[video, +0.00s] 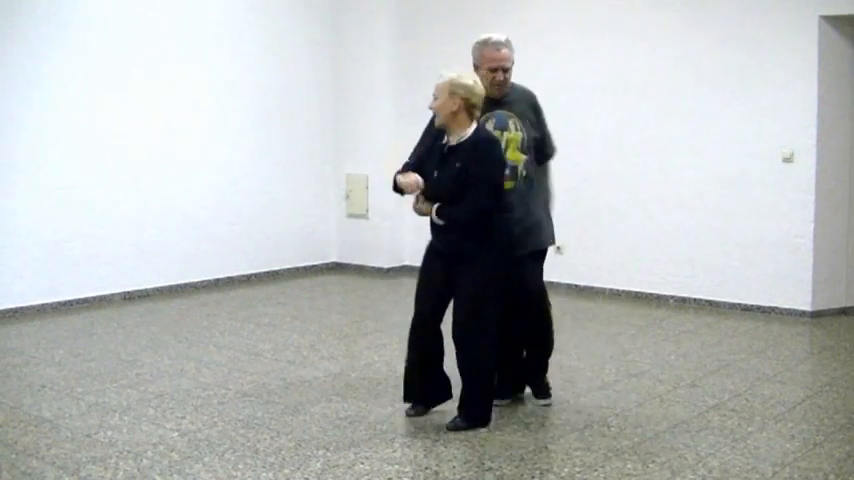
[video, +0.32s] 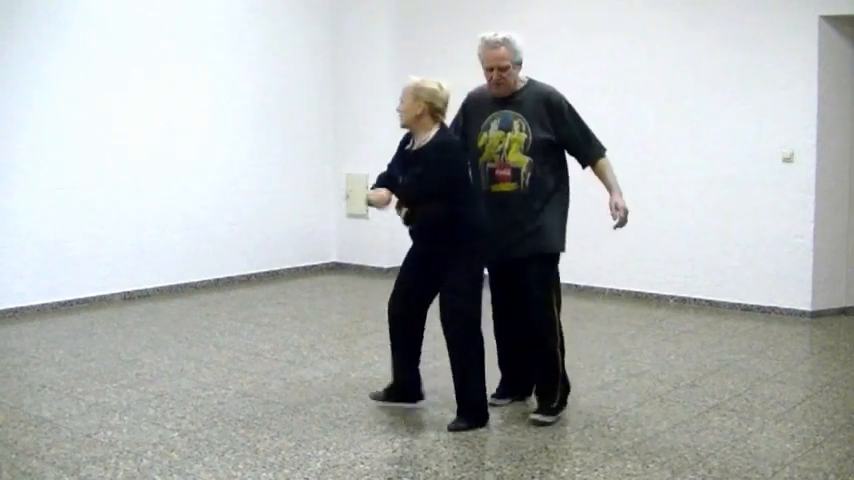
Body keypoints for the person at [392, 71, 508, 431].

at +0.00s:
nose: (431, 105)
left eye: (437, 98)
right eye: (433, 98)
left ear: (458, 103)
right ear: (453, 104)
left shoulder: (486, 147)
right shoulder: (436, 138)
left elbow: (478, 210)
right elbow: (407, 175)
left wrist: (432, 209)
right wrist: (405, 180)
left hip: (478, 253)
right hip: (441, 249)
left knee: (471, 331)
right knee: (424, 320)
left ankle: (475, 411)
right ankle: (428, 390)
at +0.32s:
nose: (398, 106)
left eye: (404, 100)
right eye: (400, 100)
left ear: (423, 108)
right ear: (420, 108)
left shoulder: (448, 147)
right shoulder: (409, 143)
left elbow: (427, 189)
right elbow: (391, 175)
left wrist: (398, 194)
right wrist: (379, 191)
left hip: (462, 249)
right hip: (427, 247)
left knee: (461, 326)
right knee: (402, 310)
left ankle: (473, 411)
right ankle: (406, 385)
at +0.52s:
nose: (383, 111)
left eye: (387, 106)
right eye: (386, 105)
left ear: (394, 111)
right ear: (416, 112)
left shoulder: (393, 153)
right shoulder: (430, 144)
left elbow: (378, 212)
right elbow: (411, 188)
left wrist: (366, 194)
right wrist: (364, 185)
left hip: (416, 248)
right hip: (442, 240)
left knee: (414, 322)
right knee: (399, 315)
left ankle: (468, 400)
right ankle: (386, 390)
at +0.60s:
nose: (380, 112)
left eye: (381, 108)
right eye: (385, 108)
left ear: (383, 111)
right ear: (414, 111)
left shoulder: (376, 149)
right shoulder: (429, 142)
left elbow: (361, 206)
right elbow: (421, 185)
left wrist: (355, 186)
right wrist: (365, 180)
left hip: (398, 237)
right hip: (437, 233)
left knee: (383, 321)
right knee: (406, 315)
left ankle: (443, 382)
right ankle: (388, 391)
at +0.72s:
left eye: (377, 105)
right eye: (403, 105)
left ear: (373, 108)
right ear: (404, 107)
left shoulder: (360, 143)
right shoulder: (423, 137)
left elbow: (352, 196)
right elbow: (439, 167)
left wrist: (377, 198)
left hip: (373, 234)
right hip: (418, 234)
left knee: (360, 304)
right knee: (407, 307)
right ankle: (394, 389)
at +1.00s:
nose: (398, 105)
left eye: (397, 99)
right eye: (392, 100)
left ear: (374, 107)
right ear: (372, 106)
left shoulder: (362, 135)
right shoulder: (379, 137)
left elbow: (374, 186)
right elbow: (432, 149)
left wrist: (412, 190)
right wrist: (444, 126)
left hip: (350, 227)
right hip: (368, 232)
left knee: (367, 302)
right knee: (378, 307)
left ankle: (343, 368)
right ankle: (361, 387)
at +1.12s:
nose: (386, 102)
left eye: (387, 96)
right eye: (378, 97)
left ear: (387, 100)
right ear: (360, 103)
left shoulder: (375, 137)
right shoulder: (357, 132)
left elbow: (393, 187)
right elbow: (396, 138)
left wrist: (417, 177)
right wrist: (417, 107)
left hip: (359, 229)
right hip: (355, 231)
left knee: (365, 297)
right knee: (376, 299)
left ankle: (349, 365)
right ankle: (354, 382)